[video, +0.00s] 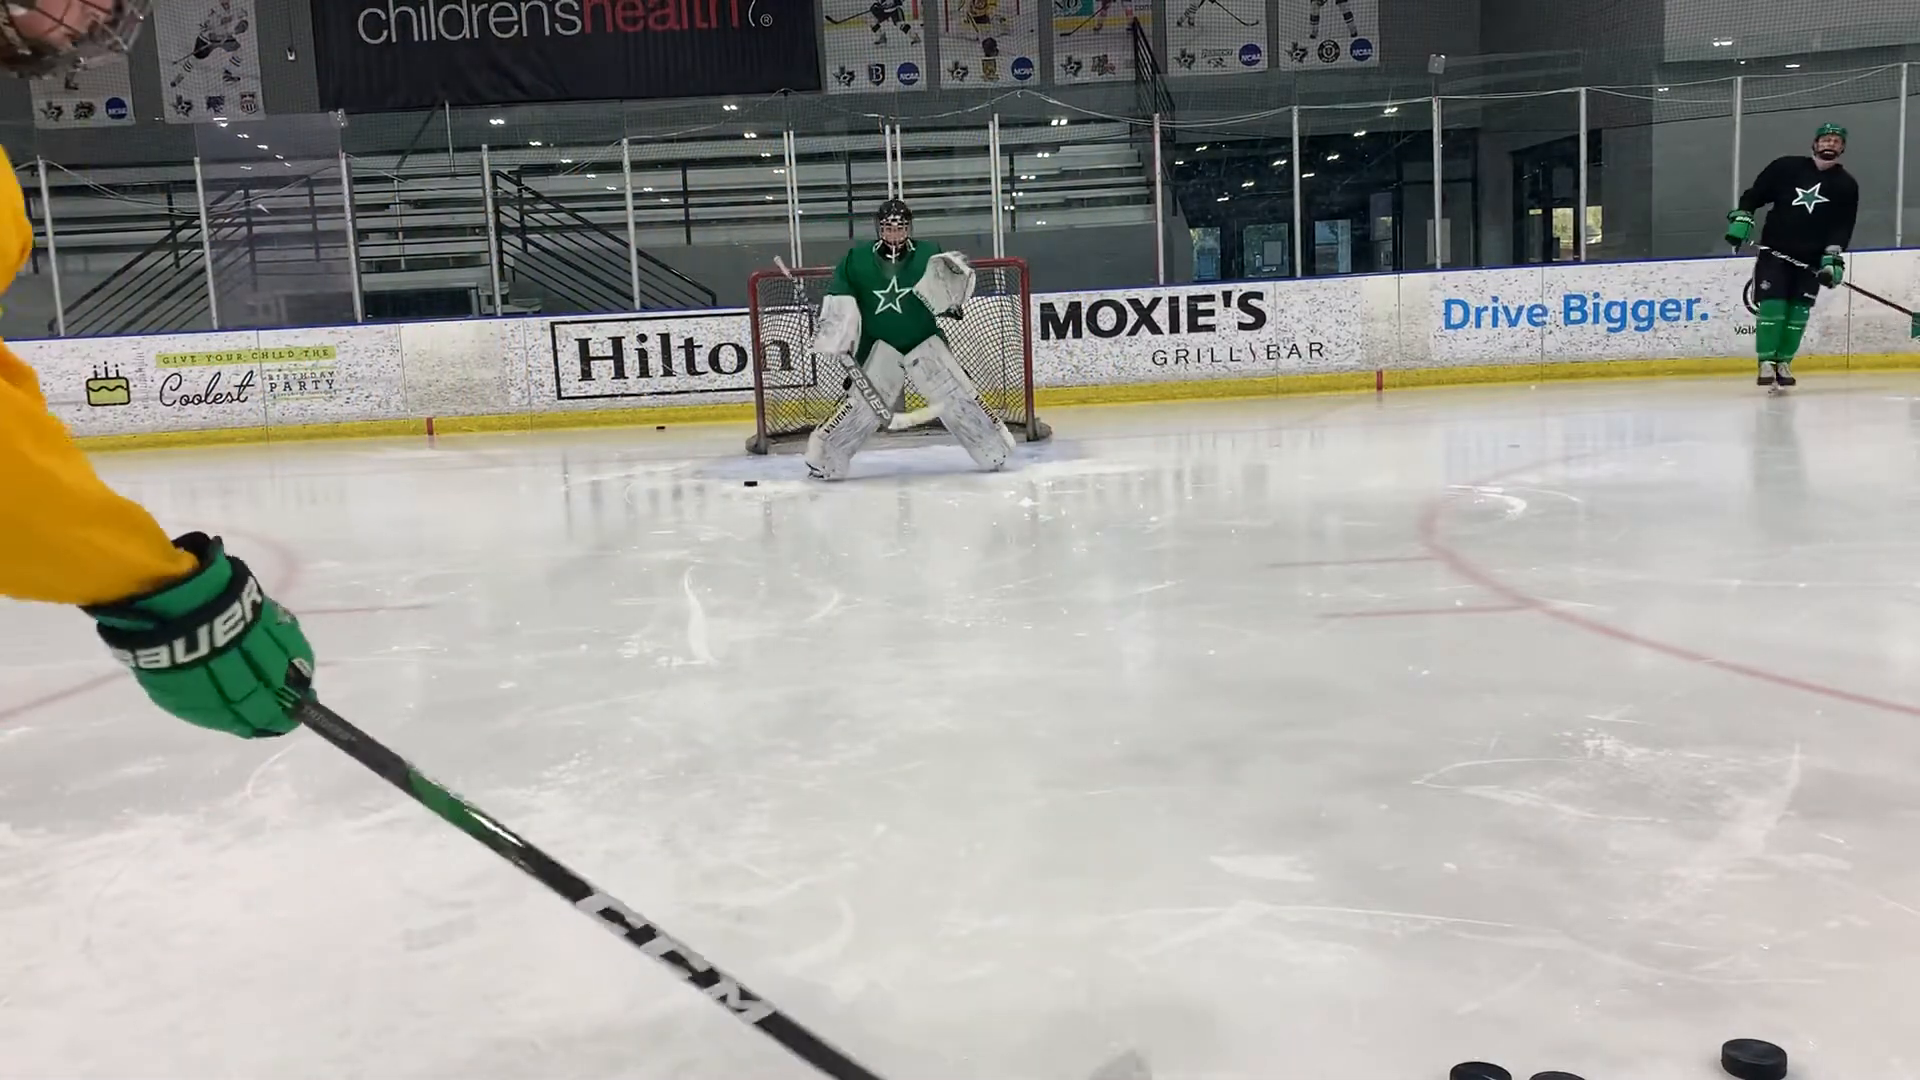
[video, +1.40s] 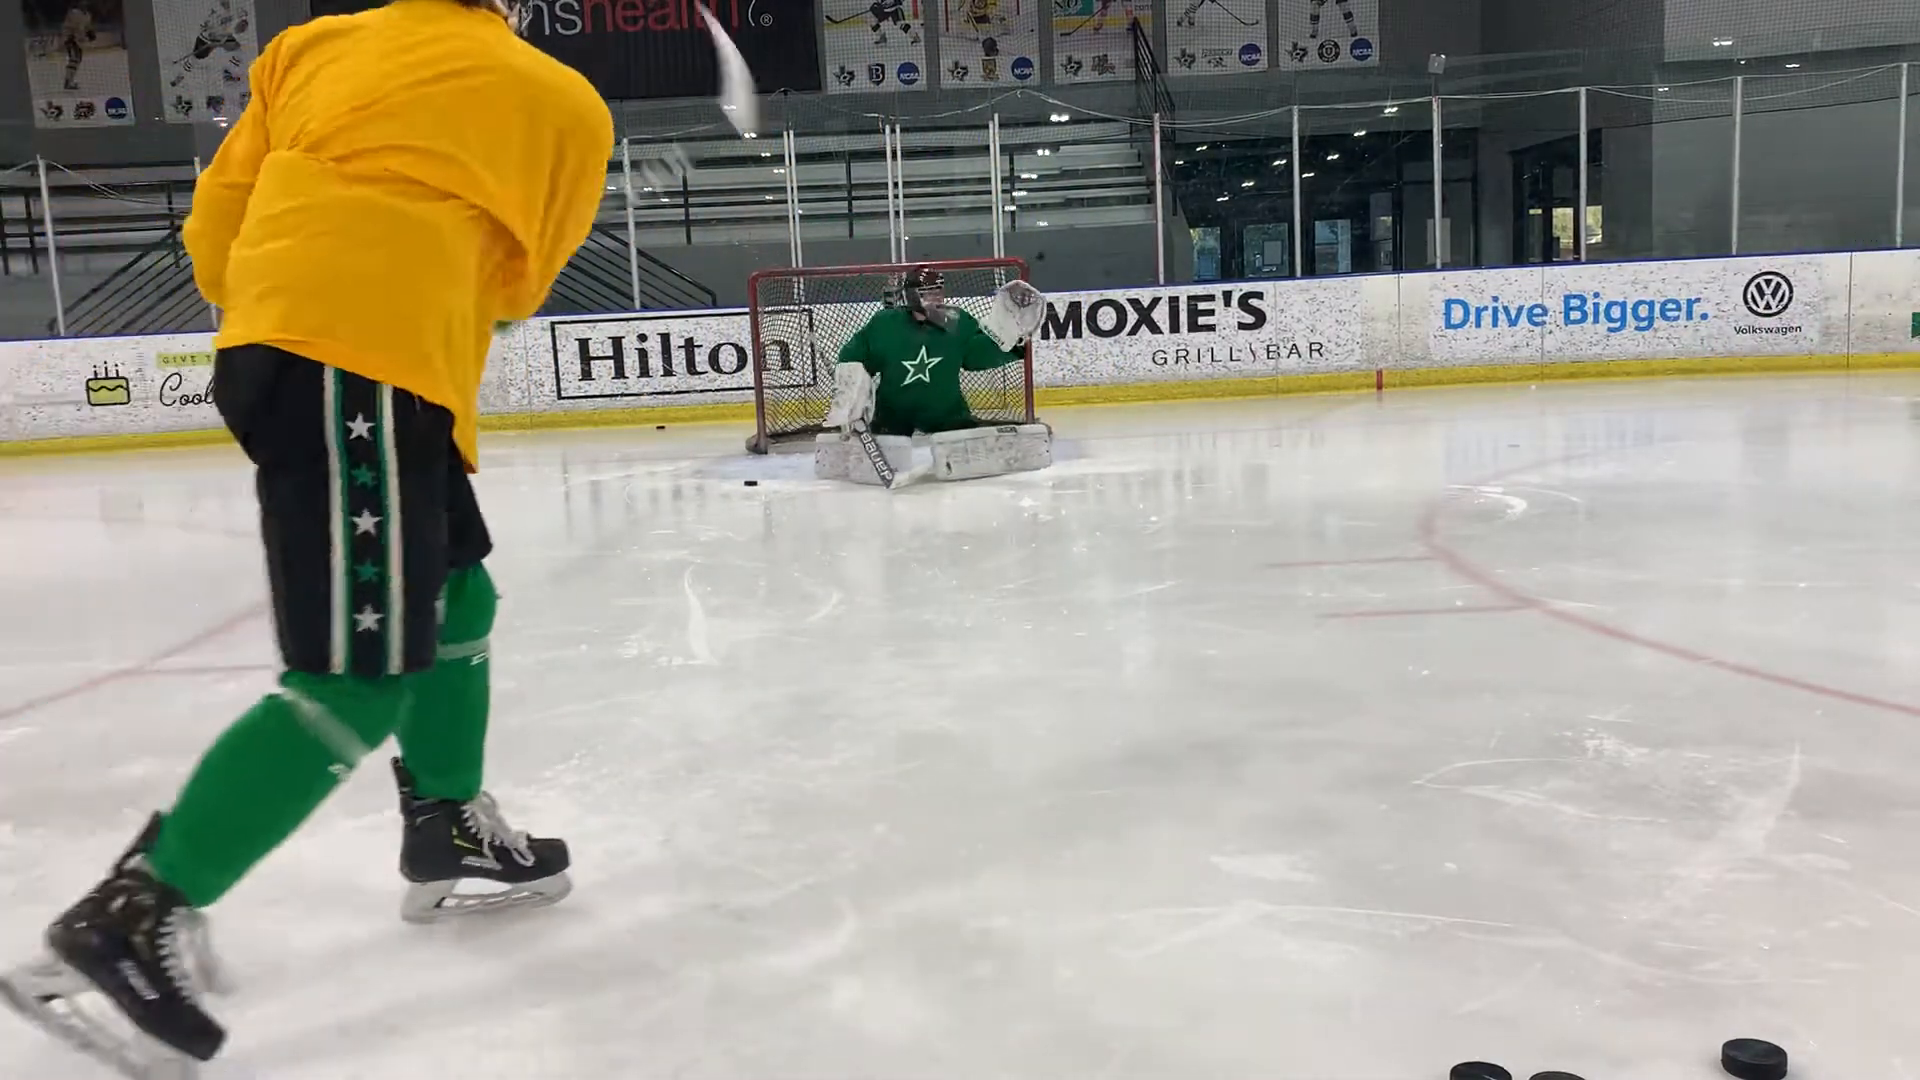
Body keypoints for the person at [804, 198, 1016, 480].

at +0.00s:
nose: (894, 234)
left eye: (899, 227)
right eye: (888, 228)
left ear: (908, 228)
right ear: (879, 229)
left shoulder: (927, 254)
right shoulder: (858, 260)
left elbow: (950, 302)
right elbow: (838, 301)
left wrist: (953, 276)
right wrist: (840, 338)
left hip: (924, 341)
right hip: (879, 346)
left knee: (956, 398)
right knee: (865, 408)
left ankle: (994, 455)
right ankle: (825, 461)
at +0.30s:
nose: (906, 266)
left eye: (912, 260)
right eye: (900, 261)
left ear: (921, 262)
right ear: (889, 262)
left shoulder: (939, 285)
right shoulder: (867, 291)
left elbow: (963, 336)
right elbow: (848, 333)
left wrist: (965, 312)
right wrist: (847, 372)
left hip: (938, 367)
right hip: (890, 372)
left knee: (978, 408)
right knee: (867, 421)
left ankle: (1022, 451)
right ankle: (822, 463)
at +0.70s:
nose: (915, 288)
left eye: (921, 281)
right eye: (910, 282)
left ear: (931, 281)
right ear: (899, 282)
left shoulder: (948, 303)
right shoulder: (878, 308)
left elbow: (971, 350)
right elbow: (853, 347)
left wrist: (969, 346)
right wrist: (852, 384)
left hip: (947, 382)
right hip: (897, 387)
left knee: (983, 412)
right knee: (872, 429)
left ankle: (1024, 450)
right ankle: (828, 466)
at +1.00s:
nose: (916, 292)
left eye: (921, 286)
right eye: (909, 286)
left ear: (931, 285)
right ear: (898, 286)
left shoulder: (950, 307)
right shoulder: (877, 311)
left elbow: (977, 359)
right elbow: (850, 349)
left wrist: (973, 349)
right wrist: (849, 388)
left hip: (946, 389)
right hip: (895, 399)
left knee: (981, 415)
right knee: (870, 434)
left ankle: (1019, 448)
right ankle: (827, 464)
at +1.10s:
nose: (915, 297)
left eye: (921, 290)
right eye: (909, 290)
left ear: (930, 288)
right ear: (897, 288)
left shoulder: (948, 308)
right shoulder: (874, 312)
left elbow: (977, 357)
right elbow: (847, 348)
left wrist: (985, 331)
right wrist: (862, 370)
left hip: (945, 401)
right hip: (896, 405)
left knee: (984, 430)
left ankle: (1024, 445)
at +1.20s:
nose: (918, 302)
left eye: (923, 296)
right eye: (912, 296)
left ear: (931, 296)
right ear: (899, 295)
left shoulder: (947, 317)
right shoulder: (876, 319)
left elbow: (967, 352)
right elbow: (847, 355)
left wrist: (998, 346)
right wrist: (859, 386)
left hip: (945, 412)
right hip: (896, 414)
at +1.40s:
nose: (937, 299)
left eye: (940, 293)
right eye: (929, 294)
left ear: (944, 293)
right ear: (911, 296)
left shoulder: (958, 323)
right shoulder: (885, 325)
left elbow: (978, 356)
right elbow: (850, 357)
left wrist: (1011, 326)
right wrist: (853, 393)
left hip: (951, 424)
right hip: (895, 427)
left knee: (1003, 439)